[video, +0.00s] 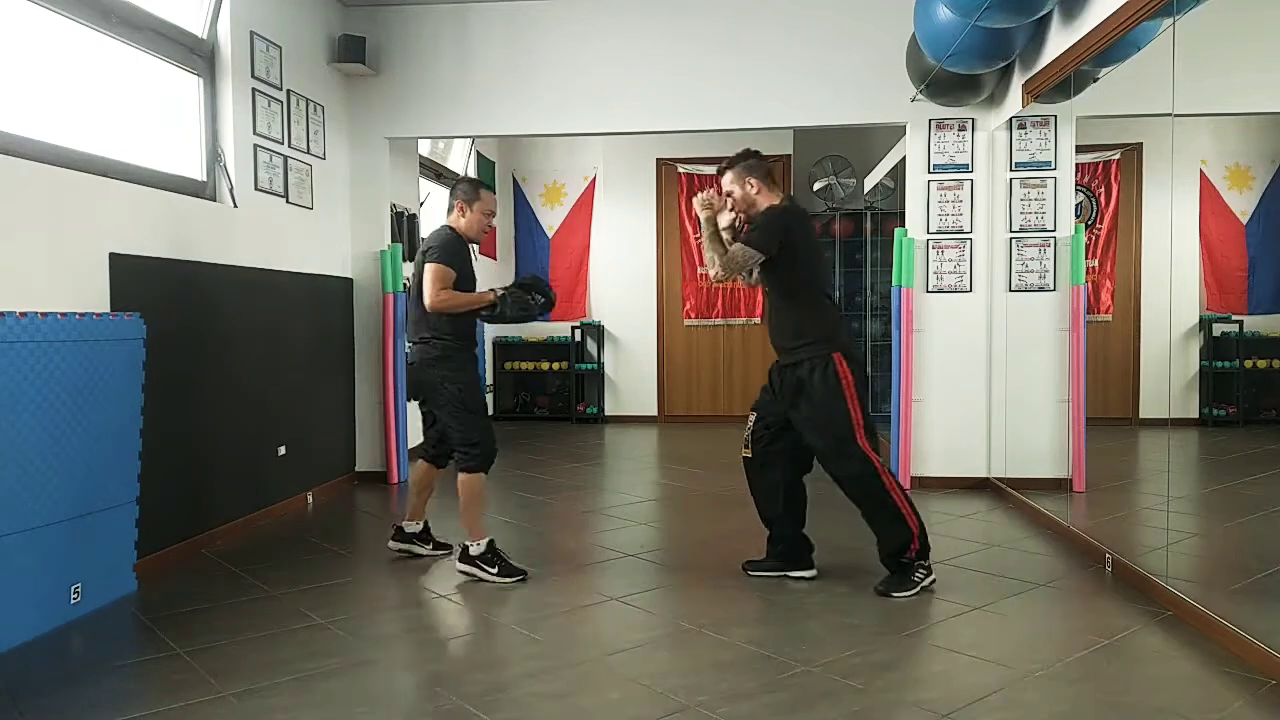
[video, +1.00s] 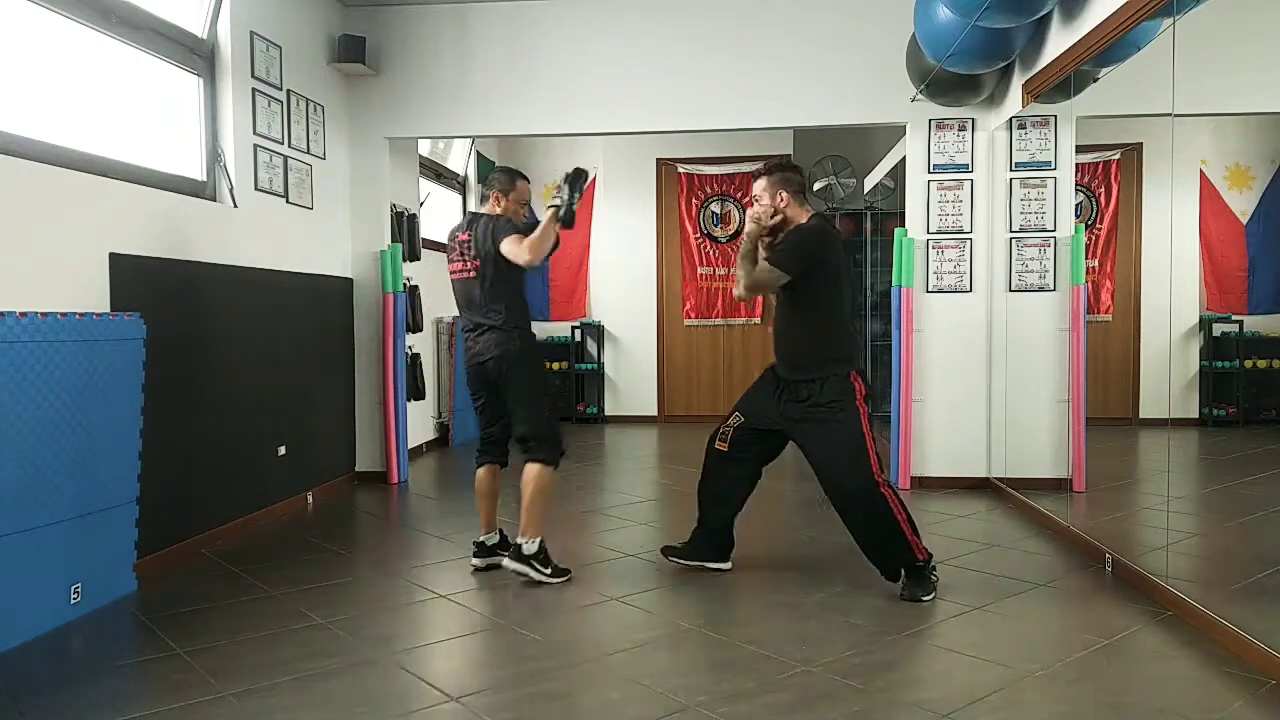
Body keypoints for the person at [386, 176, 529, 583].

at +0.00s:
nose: (490, 224)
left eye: (492, 217)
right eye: (486, 215)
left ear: (463, 213)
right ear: (460, 209)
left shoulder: (451, 245)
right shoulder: (444, 242)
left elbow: (454, 302)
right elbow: (435, 299)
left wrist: (498, 299)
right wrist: (492, 298)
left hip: (437, 365)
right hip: (446, 366)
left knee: (437, 447)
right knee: (474, 451)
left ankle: (411, 528)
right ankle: (477, 549)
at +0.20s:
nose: (517, 226)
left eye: (519, 219)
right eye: (513, 217)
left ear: (484, 214)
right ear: (487, 210)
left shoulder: (454, 245)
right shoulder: (479, 244)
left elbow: (459, 308)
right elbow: (496, 305)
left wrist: (513, 318)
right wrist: (546, 310)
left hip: (454, 361)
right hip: (472, 364)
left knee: (479, 448)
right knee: (486, 455)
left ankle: (450, 522)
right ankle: (476, 553)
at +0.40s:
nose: (523, 224)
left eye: (525, 216)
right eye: (519, 215)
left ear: (491, 212)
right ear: (494, 209)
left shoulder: (460, 245)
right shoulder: (488, 242)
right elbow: (500, 302)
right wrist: (548, 304)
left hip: (462, 366)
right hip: (489, 362)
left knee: (491, 450)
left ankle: (489, 544)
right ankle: (528, 512)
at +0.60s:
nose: (520, 223)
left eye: (521, 216)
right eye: (515, 214)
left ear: (489, 213)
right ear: (489, 209)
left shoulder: (471, 243)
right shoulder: (480, 239)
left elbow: (502, 296)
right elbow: (511, 292)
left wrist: (540, 278)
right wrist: (553, 277)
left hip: (474, 357)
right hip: (493, 339)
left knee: (499, 444)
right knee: (590, 324)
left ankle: (490, 543)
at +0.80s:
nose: (516, 221)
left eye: (517, 214)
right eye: (510, 213)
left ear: (492, 211)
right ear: (485, 207)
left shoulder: (494, 248)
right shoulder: (469, 237)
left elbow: (498, 295)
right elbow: (459, 285)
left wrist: (535, 282)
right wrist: (510, 270)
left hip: (489, 354)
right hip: (507, 343)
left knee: (503, 443)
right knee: (607, 347)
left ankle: (490, 543)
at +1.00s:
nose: (525, 212)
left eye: (527, 205)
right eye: (521, 204)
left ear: (489, 199)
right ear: (497, 197)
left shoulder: (460, 232)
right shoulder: (498, 227)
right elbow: (529, 254)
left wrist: (550, 224)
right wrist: (555, 213)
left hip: (477, 350)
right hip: (512, 348)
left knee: (491, 445)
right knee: (543, 446)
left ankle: (488, 541)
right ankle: (530, 547)